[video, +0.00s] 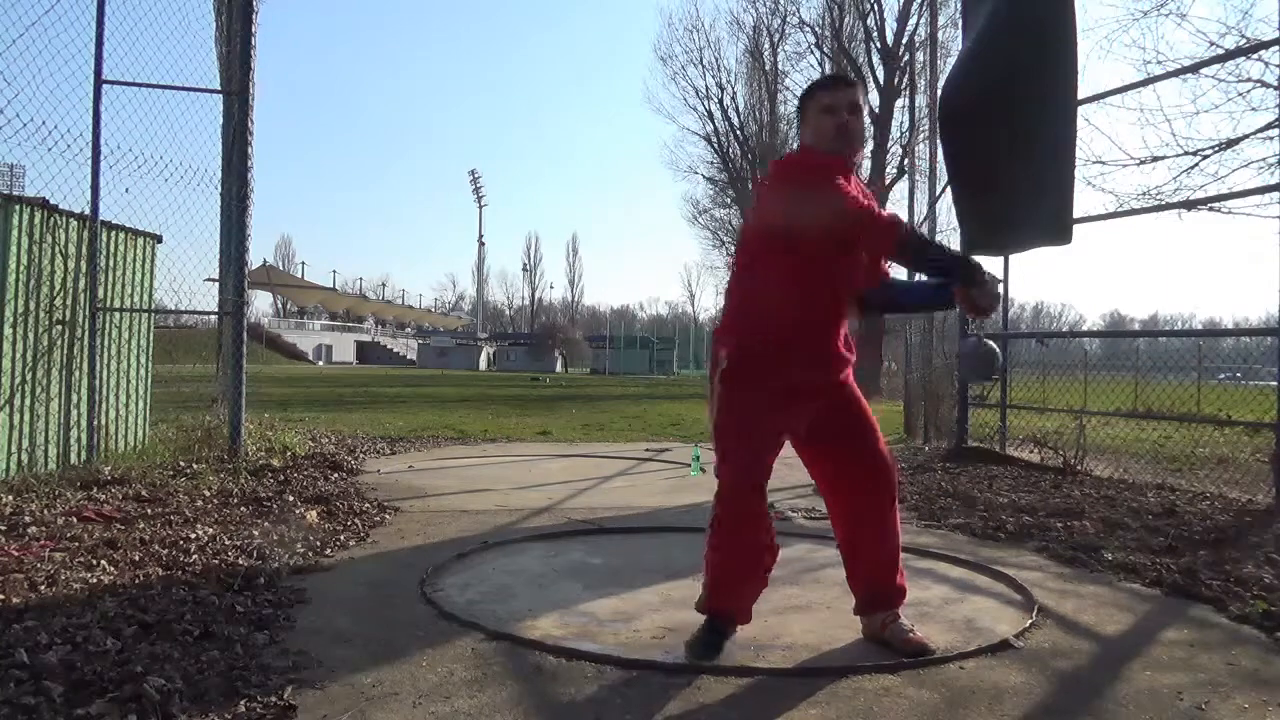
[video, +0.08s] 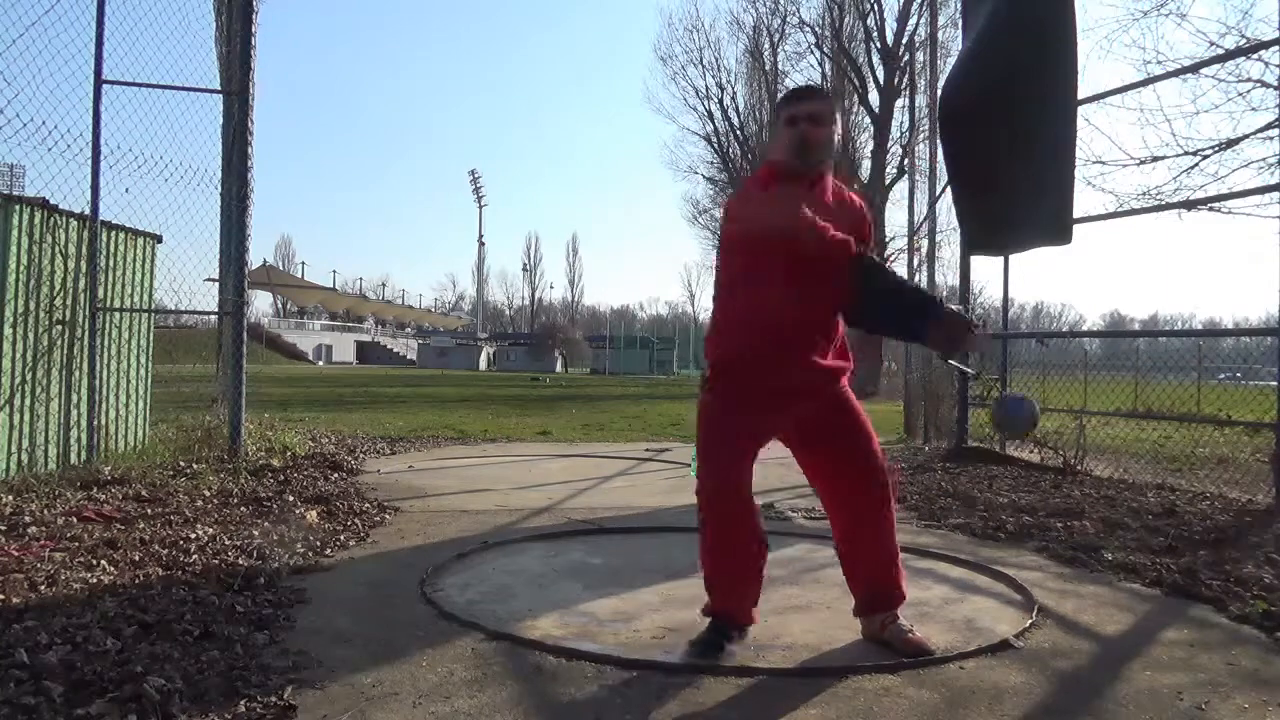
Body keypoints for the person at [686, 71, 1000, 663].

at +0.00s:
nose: (844, 120)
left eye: (854, 111)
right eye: (829, 110)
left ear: (865, 125)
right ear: (803, 124)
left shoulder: (855, 203)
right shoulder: (793, 179)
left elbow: (871, 295)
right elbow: (889, 235)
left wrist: (953, 294)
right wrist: (967, 271)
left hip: (824, 371)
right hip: (753, 368)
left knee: (871, 476)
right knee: (740, 489)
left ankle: (881, 614)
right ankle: (720, 612)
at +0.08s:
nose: (807, 131)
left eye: (818, 121)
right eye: (794, 122)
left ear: (837, 133)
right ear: (775, 133)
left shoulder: (850, 209)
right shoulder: (754, 199)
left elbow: (864, 291)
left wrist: (933, 323)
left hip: (817, 379)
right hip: (739, 379)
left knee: (866, 480)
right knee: (720, 489)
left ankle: (879, 616)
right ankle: (727, 615)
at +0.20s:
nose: (761, 144)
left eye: (775, 134)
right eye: (752, 136)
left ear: (803, 147)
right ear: (743, 151)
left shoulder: (838, 220)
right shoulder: (721, 218)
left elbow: (859, 318)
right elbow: (726, 302)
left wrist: (872, 373)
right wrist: (721, 367)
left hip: (814, 388)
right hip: (733, 386)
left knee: (856, 483)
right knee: (704, 483)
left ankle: (881, 615)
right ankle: (732, 617)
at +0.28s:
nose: (739, 150)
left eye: (752, 141)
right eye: (738, 143)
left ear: (792, 153)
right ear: (736, 155)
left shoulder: (838, 218)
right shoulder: (723, 219)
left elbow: (849, 303)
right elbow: (746, 290)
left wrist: (827, 347)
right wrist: (787, 347)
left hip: (829, 388)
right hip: (749, 387)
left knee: (854, 488)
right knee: (702, 477)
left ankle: (889, 614)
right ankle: (737, 616)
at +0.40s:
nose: (737, 152)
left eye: (747, 141)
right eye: (741, 142)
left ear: (778, 146)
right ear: (766, 148)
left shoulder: (825, 204)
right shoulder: (751, 215)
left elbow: (789, 284)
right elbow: (714, 266)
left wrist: (708, 310)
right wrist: (685, 296)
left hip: (845, 384)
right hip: (781, 383)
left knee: (842, 523)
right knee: (715, 481)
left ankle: (914, 591)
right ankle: (747, 622)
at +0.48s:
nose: (756, 157)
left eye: (760, 145)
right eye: (758, 147)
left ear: (779, 143)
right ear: (805, 145)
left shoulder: (819, 191)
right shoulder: (788, 200)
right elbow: (730, 244)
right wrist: (652, 254)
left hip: (848, 371)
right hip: (799, 373)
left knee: (803, 501)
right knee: (730, 481)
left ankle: (920, 571)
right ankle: (747, 626)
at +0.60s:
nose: (779, 143)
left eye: (783, 133)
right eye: (785, 134)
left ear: (795, 134)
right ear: (843, 138)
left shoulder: (800, 183)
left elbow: (709, 225)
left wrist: (632, 220)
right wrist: (646, 218)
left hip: (819, 356)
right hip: (862, 359)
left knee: (726, 458)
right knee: (775, 483)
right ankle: (738, 630)